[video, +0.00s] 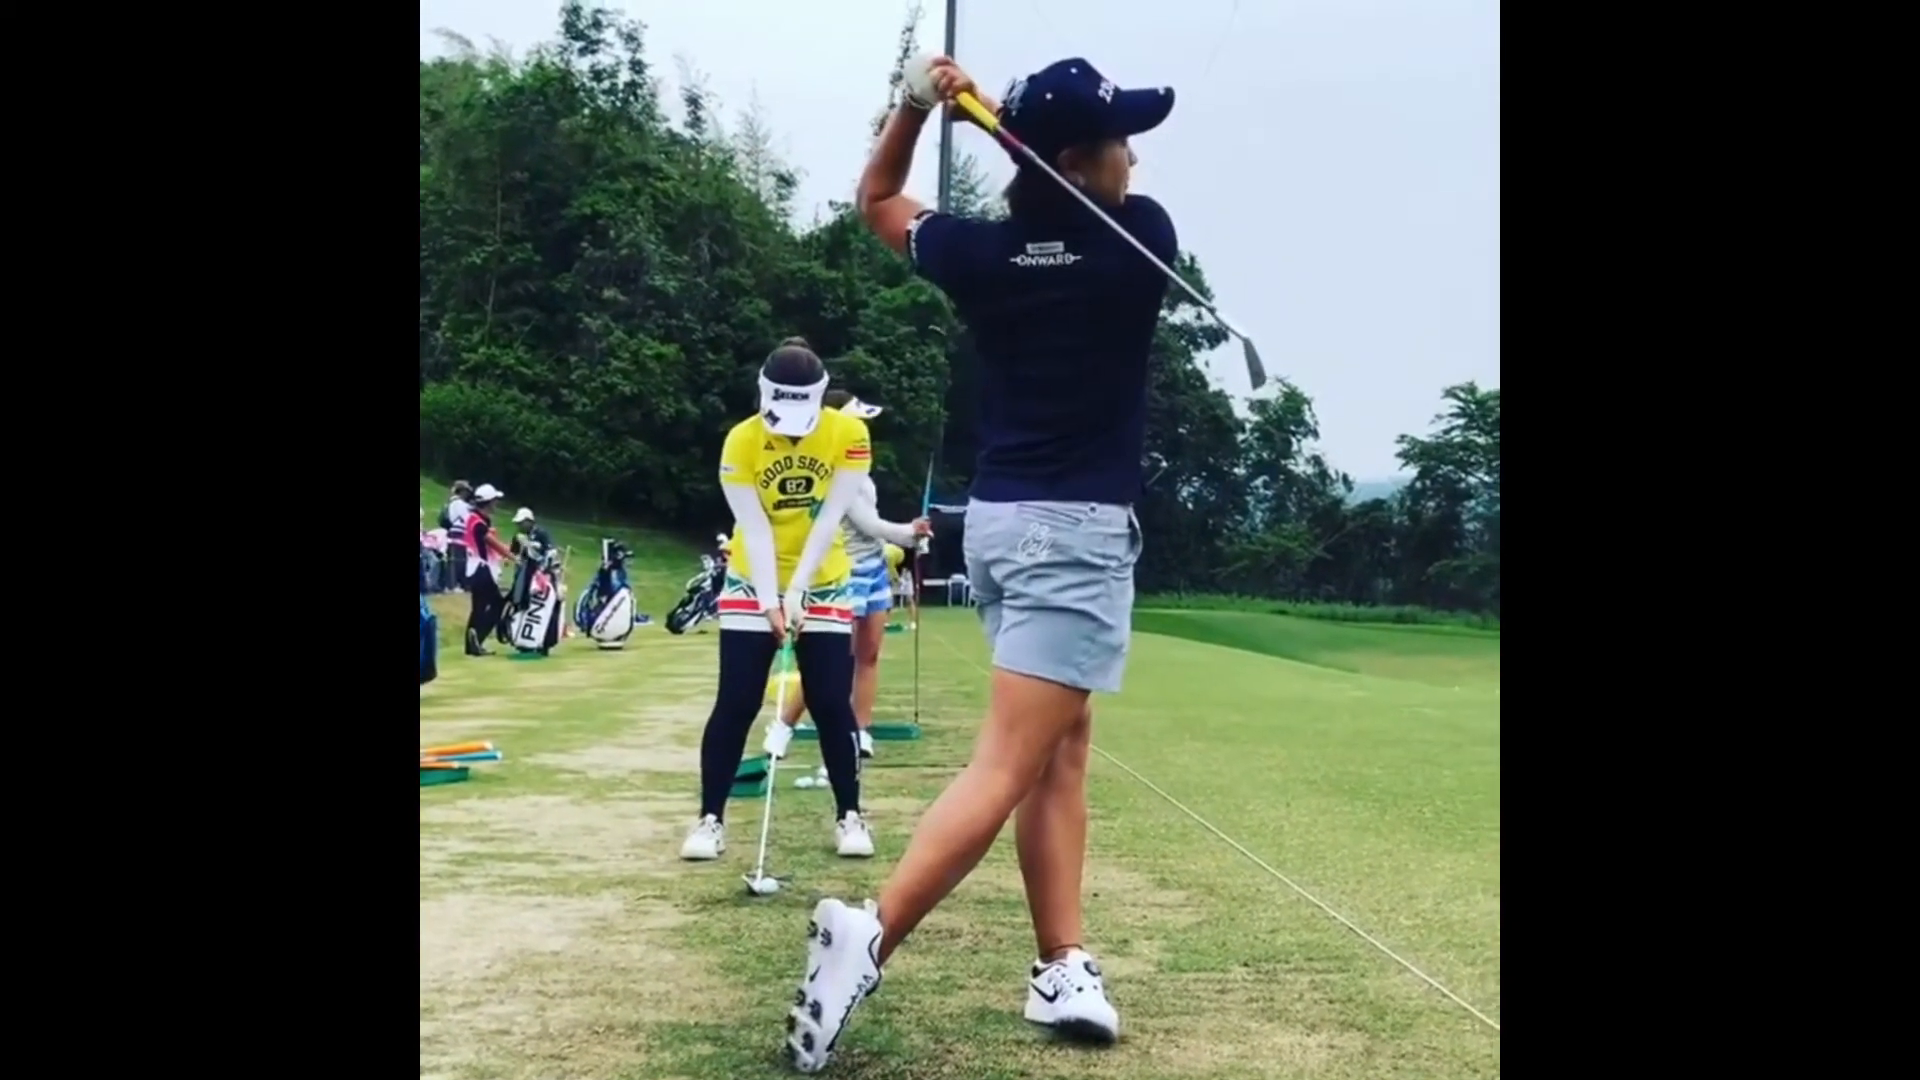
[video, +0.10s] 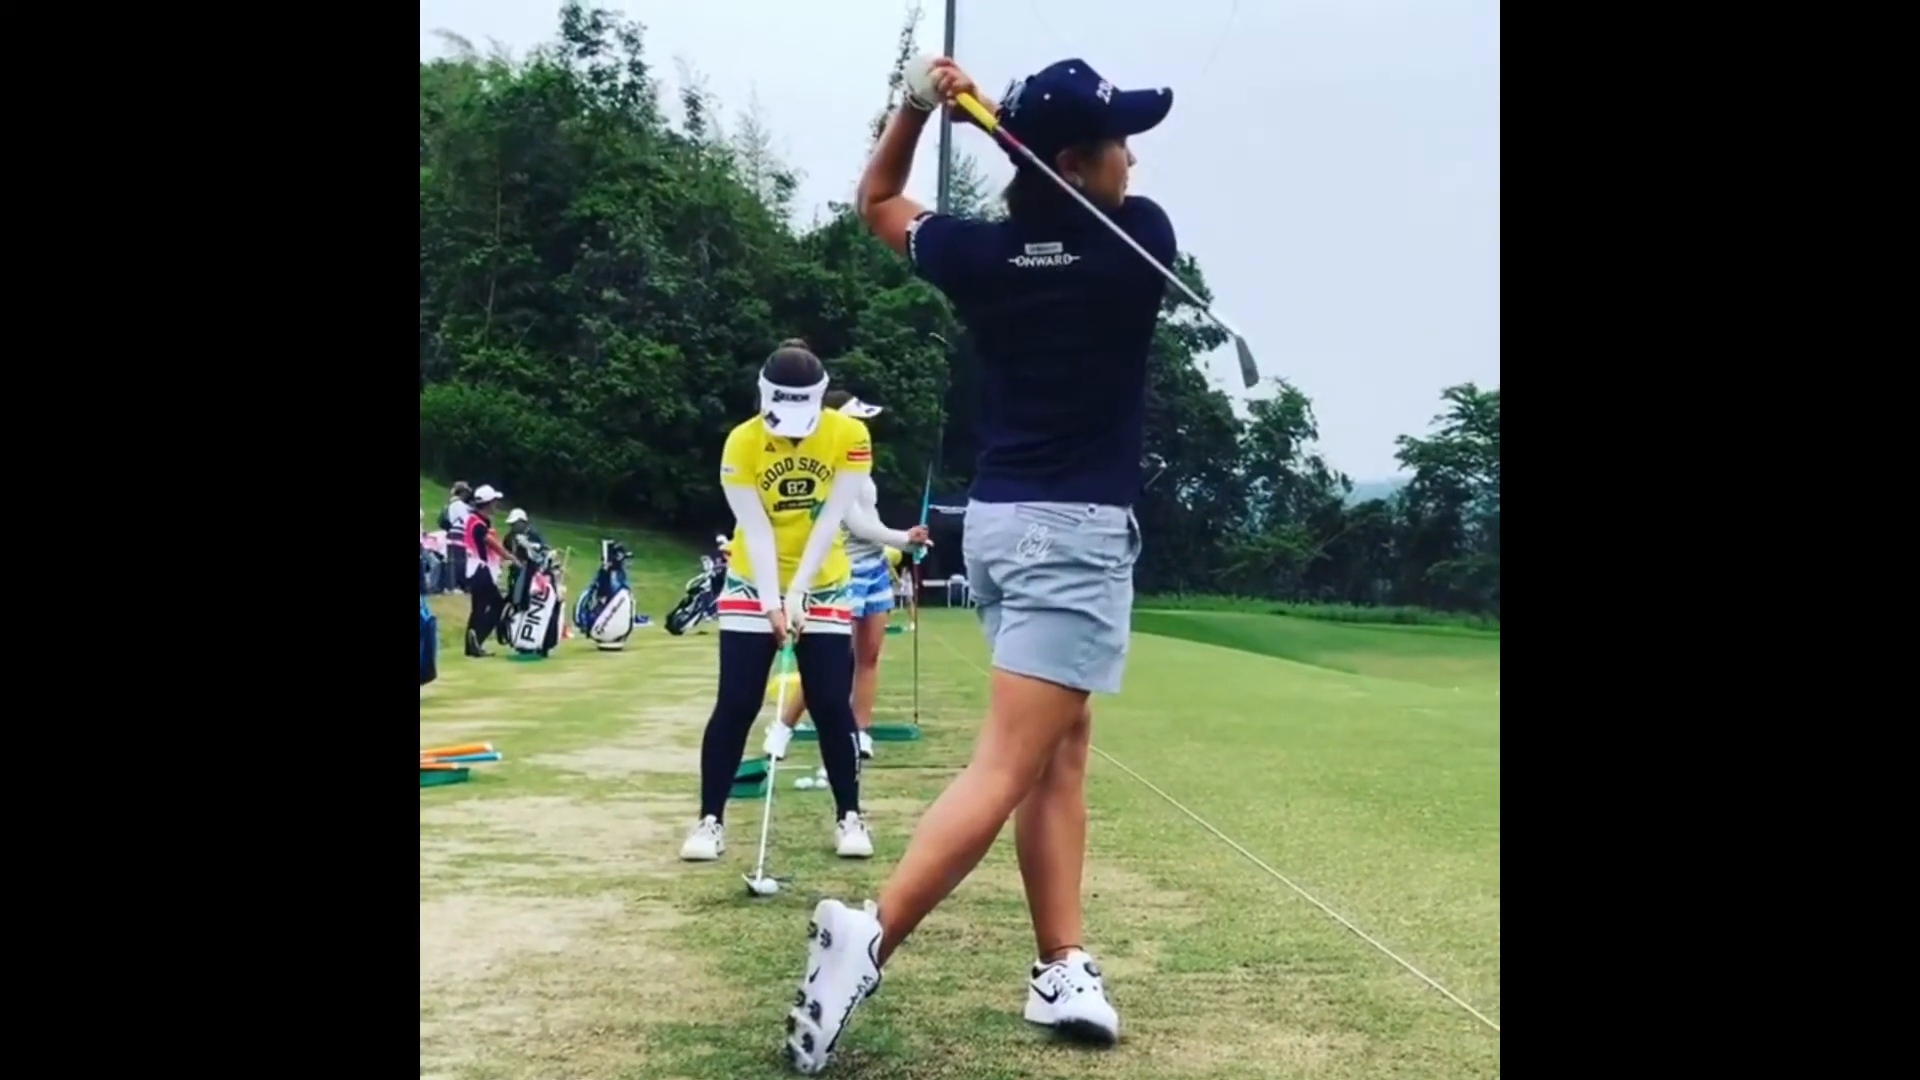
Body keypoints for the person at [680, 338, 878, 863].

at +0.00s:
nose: (788, 423)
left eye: (799, 413)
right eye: (779, 412)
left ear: (819, 396)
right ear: (764, 395)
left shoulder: (849, 433)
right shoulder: (740, 443)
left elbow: (833, 513)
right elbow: (754, 529)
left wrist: (797, 587)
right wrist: (768, 597)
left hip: (823, 585)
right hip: (751, 582)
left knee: (831, 702)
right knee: (736, 701)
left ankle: (850, 816)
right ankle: (710, 819)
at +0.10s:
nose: (789, 423)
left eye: (800, 412)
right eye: (780, 411)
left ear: (819, 397)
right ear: (765, 397)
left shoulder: (849, 435)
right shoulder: (741, 445)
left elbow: (833, 515)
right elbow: (755, 530)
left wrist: (798, 588)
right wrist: (770, 599)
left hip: (823, 586)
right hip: (751, 584)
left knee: (831, 703)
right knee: (735, 702)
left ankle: (849, 816)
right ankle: (709, 820)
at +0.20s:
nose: (848, 358)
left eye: (859, 349)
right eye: (840, 347)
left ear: (881, 347)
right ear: (830, 347)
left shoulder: (895, 401)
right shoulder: (809, 402)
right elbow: (809, 496)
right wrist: (830, 559)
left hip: (873, 564)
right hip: (813, 563)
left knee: (872, 691)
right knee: (816, 680)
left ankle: (867, 785)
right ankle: (810, 787)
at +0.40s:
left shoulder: (898, 409)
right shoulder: (806, 409)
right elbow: (809, 501)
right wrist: (818, 563)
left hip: (884, 547)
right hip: (825, 549)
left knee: (876, 681)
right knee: (805, 667)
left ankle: (871, 786)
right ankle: (789, 786)